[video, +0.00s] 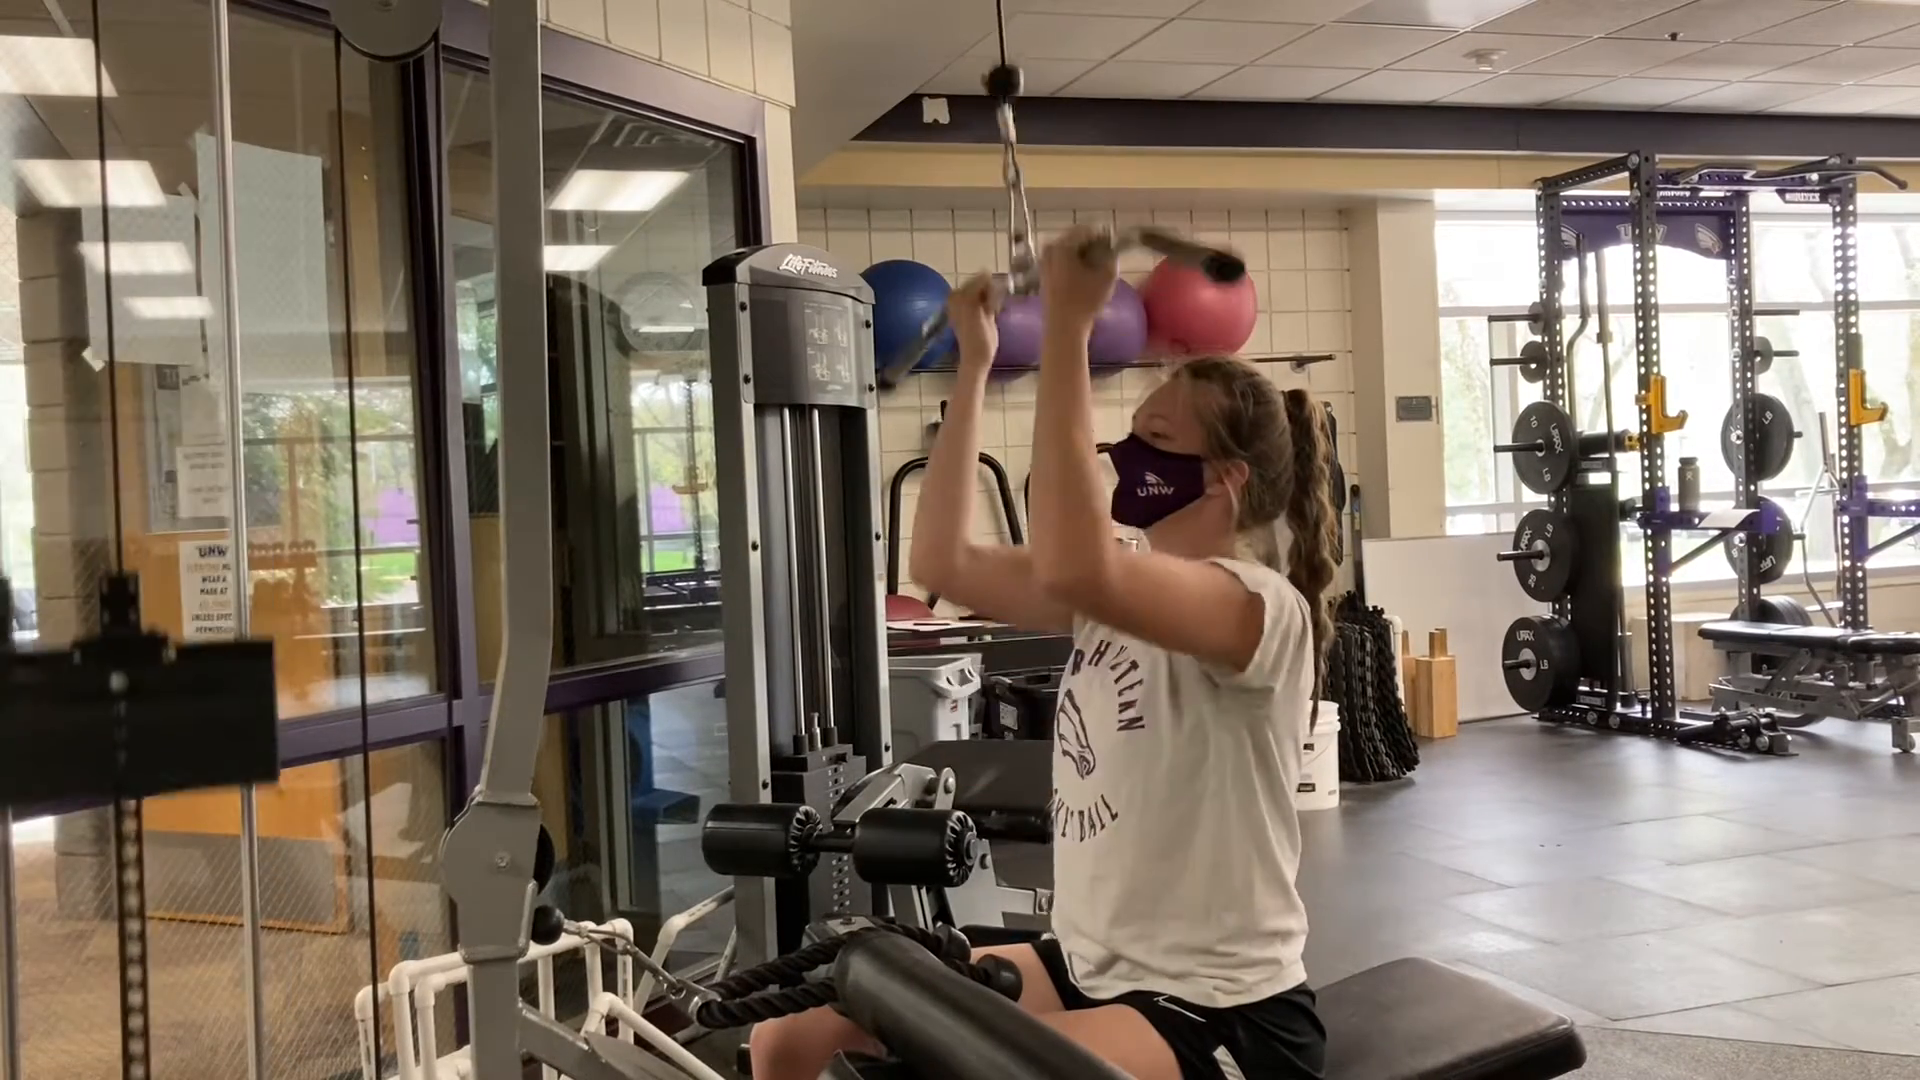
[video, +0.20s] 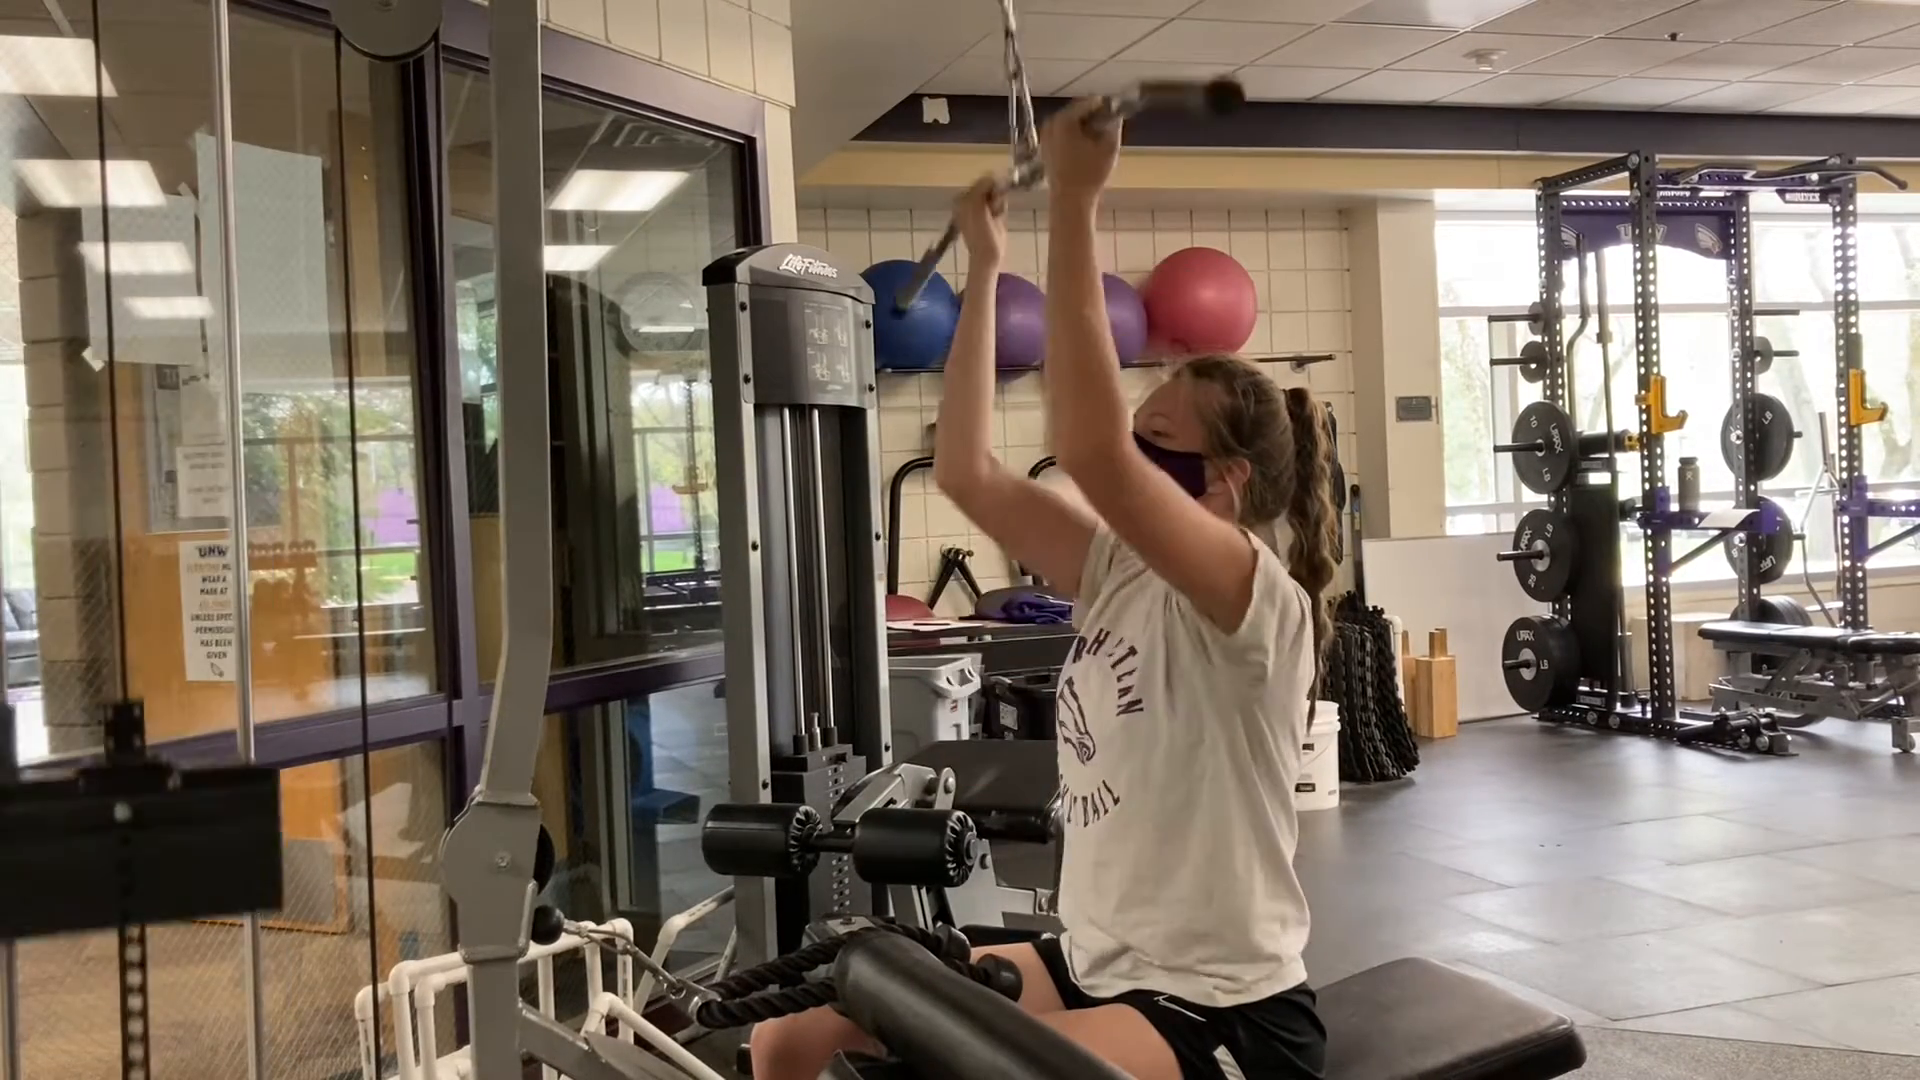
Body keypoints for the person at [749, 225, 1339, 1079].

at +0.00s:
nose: (1119, 462)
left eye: (1150, 449)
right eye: (1127, 443)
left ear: (1227, 481)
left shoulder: (1263, 609)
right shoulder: (1114, 580)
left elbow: (1080, 571)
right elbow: (941, 562)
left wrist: (1066, 333)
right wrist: (973, 366)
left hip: (1224, 1011)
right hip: (1090, 964)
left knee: (975, 1066)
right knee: (790, 1041)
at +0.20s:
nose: (1128, 445)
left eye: (1158, 437)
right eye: (1133, 428)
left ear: (1227, 479)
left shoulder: (1256, 597)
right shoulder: (1108, 568)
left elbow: (1093, 449)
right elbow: (968, 471)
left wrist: (1074, 203)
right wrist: (986, 269)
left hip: (1222, 1010)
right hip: (1089, 964)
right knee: (788, 1038)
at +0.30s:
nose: (1133, 462)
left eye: (1162, 429)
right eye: (1136, 439)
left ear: (1235, 475)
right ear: (1178, 464)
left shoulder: (1255, 588)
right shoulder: (1117, 561)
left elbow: (1116, 406)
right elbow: (990, 432)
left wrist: (1083, 145)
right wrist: (990, 214)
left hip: (1223, 1010)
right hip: (1090, 967)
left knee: (972, 1072)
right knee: (789, 1038)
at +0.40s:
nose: (1137, 447)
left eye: (1168, 427)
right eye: (1145, 428)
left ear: (1235, 462)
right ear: (1161, 448)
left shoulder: (1252, 578)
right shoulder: (1118, 551)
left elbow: (1140, 356)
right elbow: (1011, 387)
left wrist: (1090, 99)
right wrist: (991, 174)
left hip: (1222, 1011)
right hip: (1094, 968)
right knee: (792, 1036)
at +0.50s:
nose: (1137, 431)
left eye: (1171, 408)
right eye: (1145, 413)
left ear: (1222, 447)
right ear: (1155, 438)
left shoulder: (1239, 573)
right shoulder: (1120, 546)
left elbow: (1152, 331)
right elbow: (1036, 337)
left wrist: (1098, 69)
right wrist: (988, 133)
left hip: (1222, 1014)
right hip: (1098, 969)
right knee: (793, 1035)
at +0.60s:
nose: (1137, 431)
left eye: (1172, 409)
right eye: (1143, 412)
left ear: (1223, 443)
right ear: (1144, 433)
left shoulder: (1234, 566)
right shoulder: (1118, 541)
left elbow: (1156, 318)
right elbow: (1040, 324)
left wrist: (1105, 48)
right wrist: (987, 119)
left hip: (1221, 1012)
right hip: (1095, 969)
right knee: (792, 1039)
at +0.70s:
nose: (1135, 426)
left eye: (1170, 405)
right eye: (1143, 408)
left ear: (1221, 440)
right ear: (1145, 431)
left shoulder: (1233, 566)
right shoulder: (1117, 539)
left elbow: (1156, 315)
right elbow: (1039, 324)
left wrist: (1104, 44)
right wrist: (980, 118)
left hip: (1218, 1012)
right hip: (1087, 967)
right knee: (789, 1042)